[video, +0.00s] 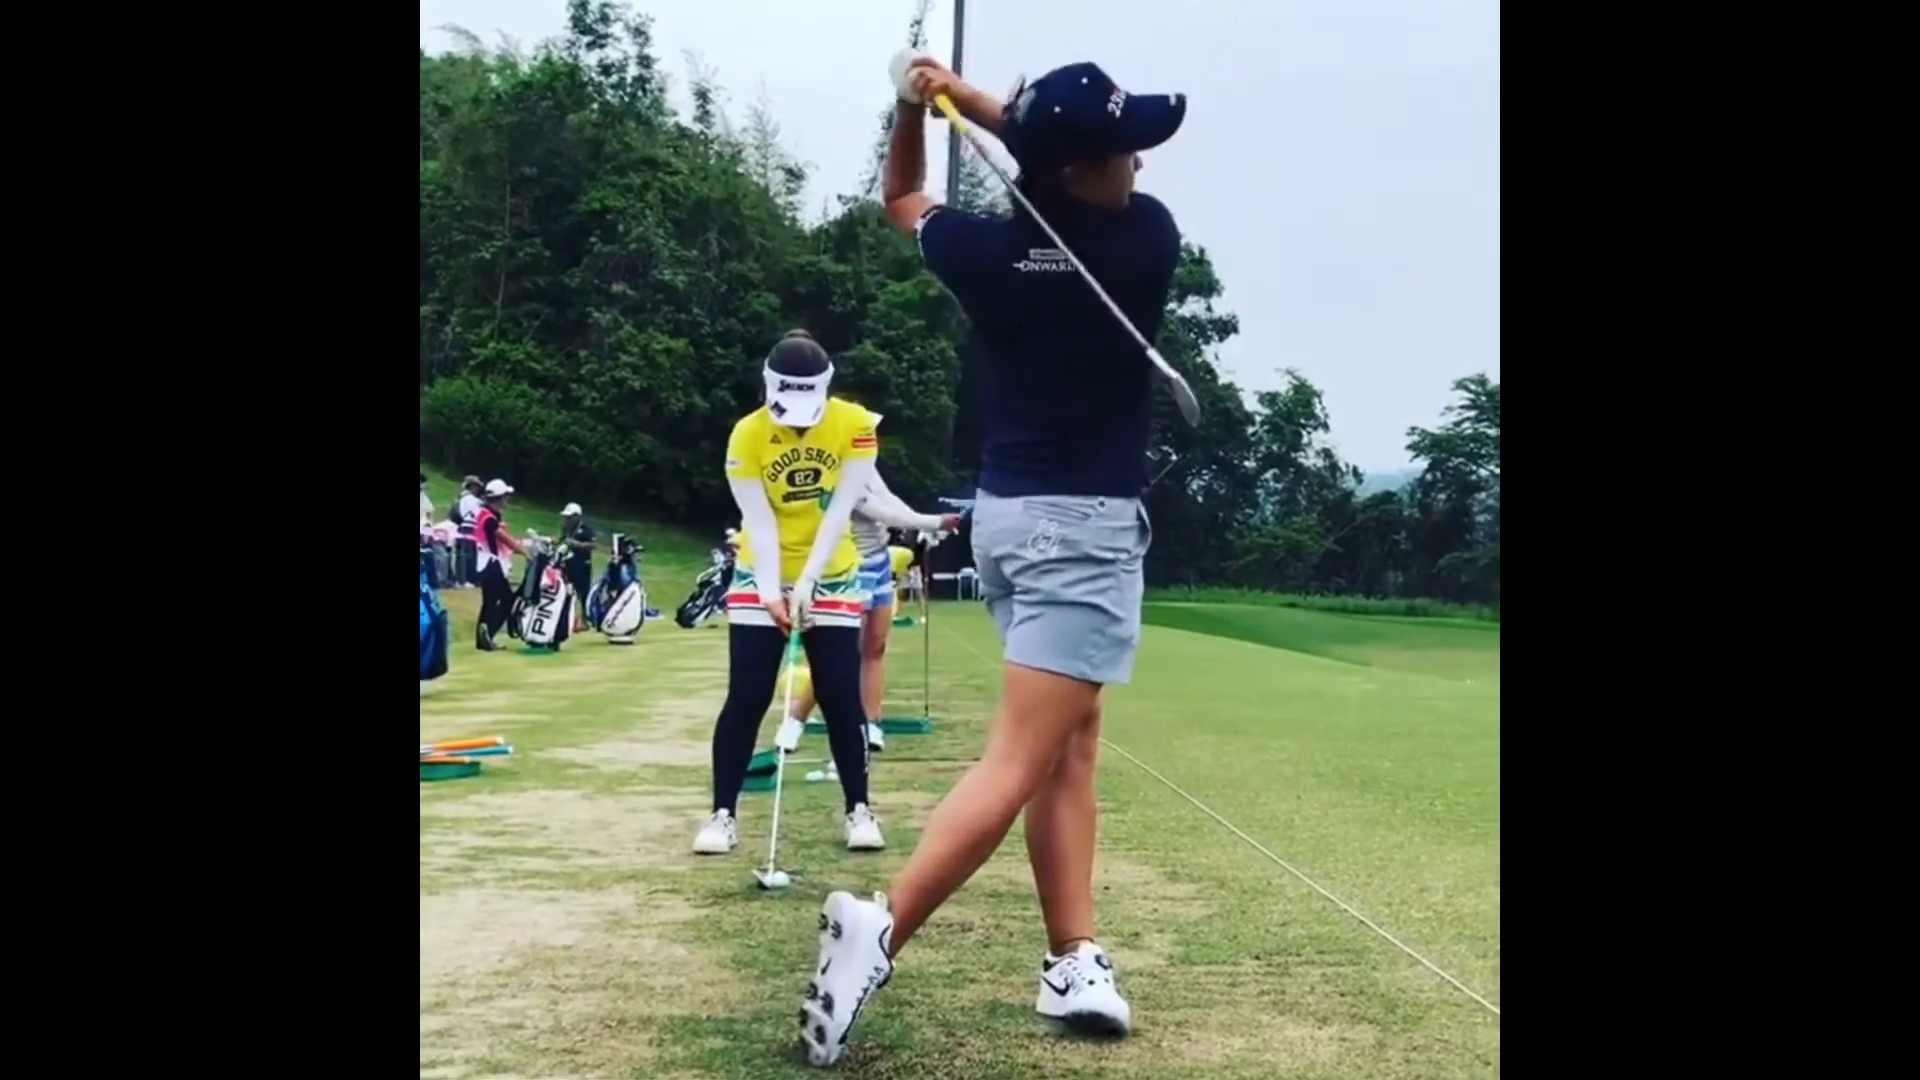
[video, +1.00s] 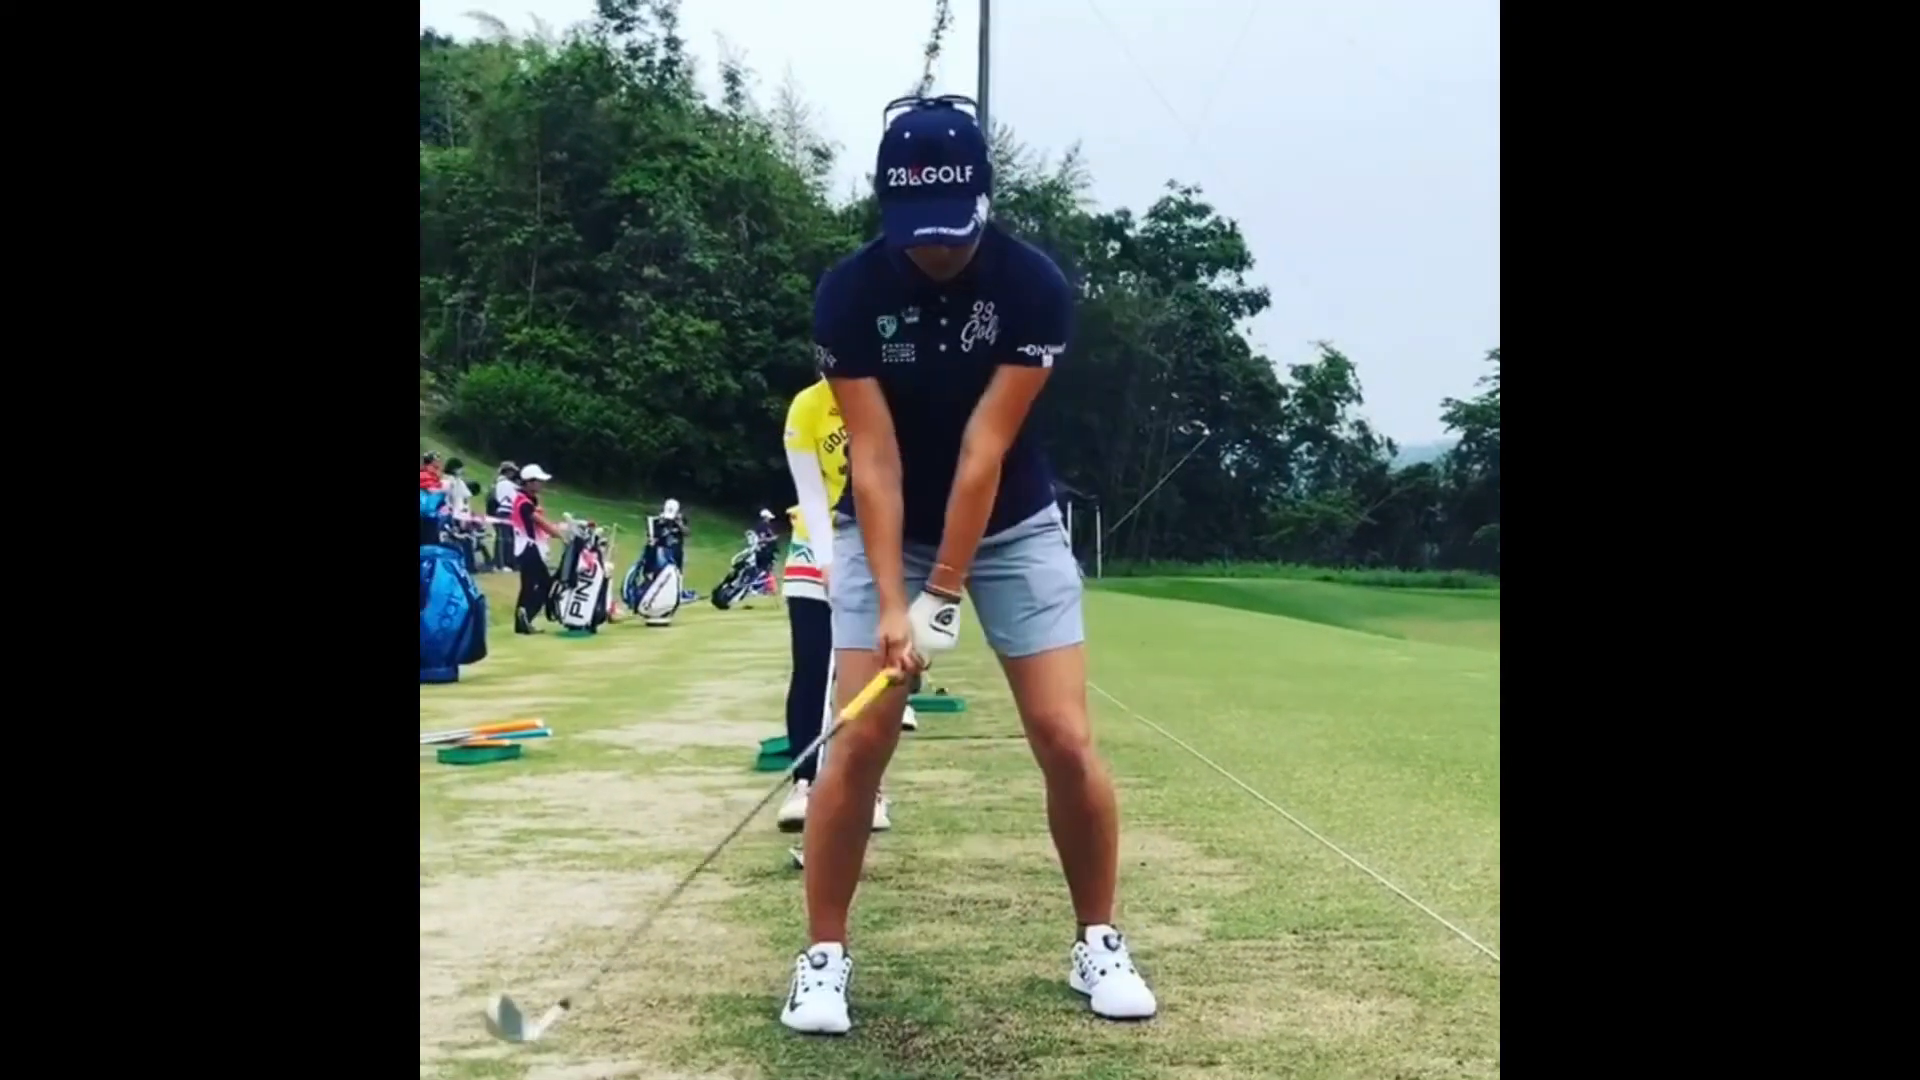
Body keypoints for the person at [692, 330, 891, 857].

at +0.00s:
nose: (794, 414)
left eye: (805, 403)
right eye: (785, 402)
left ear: (825, 388)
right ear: (769, 387)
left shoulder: (856, 424)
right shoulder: (747, 437)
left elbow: (843, 506)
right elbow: (759, 523)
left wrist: (807, 578)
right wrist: (769, 587)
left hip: (833, 575)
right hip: (758, 574)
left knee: (840, 696)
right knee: (747, 695)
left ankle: (859, 810)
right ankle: (722, 814)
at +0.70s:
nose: (796, 428)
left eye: (806, 418)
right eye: (786, 417)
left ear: (826, 400)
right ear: (771, 401)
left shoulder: (857, 438)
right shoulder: (748, 447)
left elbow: (840, 520)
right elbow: (762, 532)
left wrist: (804, 590)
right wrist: (778, 600)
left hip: (830, 587)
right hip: (757, 587)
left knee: (834, 702)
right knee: (742, 702)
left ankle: (850, 819)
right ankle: (710, 821)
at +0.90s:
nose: (850, 357)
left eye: (861, 348)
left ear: (884, 347)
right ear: (832, 346)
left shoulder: (898, 400)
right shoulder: (809, 402)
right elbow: (809, 494)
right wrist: (829, 558)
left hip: (876, 566)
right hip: (813, 565)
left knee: (876, 692)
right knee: (815, 681)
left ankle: (869, 786)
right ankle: (810, 787)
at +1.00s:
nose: (841, 360)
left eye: (852, 353)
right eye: (834, 351)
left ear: (878, 350)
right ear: (826, 351)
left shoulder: (892, 400)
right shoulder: (809, 405)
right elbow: (811, 496)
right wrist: (828, 564)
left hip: (874, 553)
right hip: (815, 551)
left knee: (869, 675)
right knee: (811, 668)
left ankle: (871, 783)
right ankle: (806, 777)